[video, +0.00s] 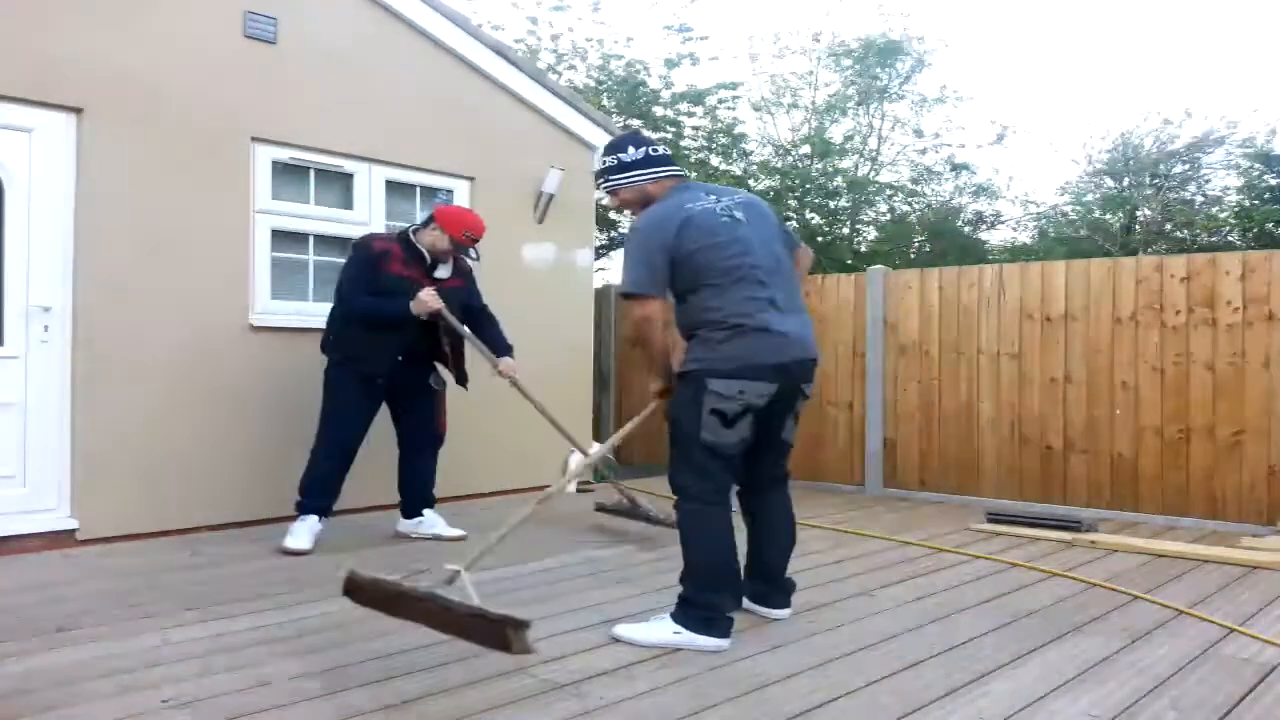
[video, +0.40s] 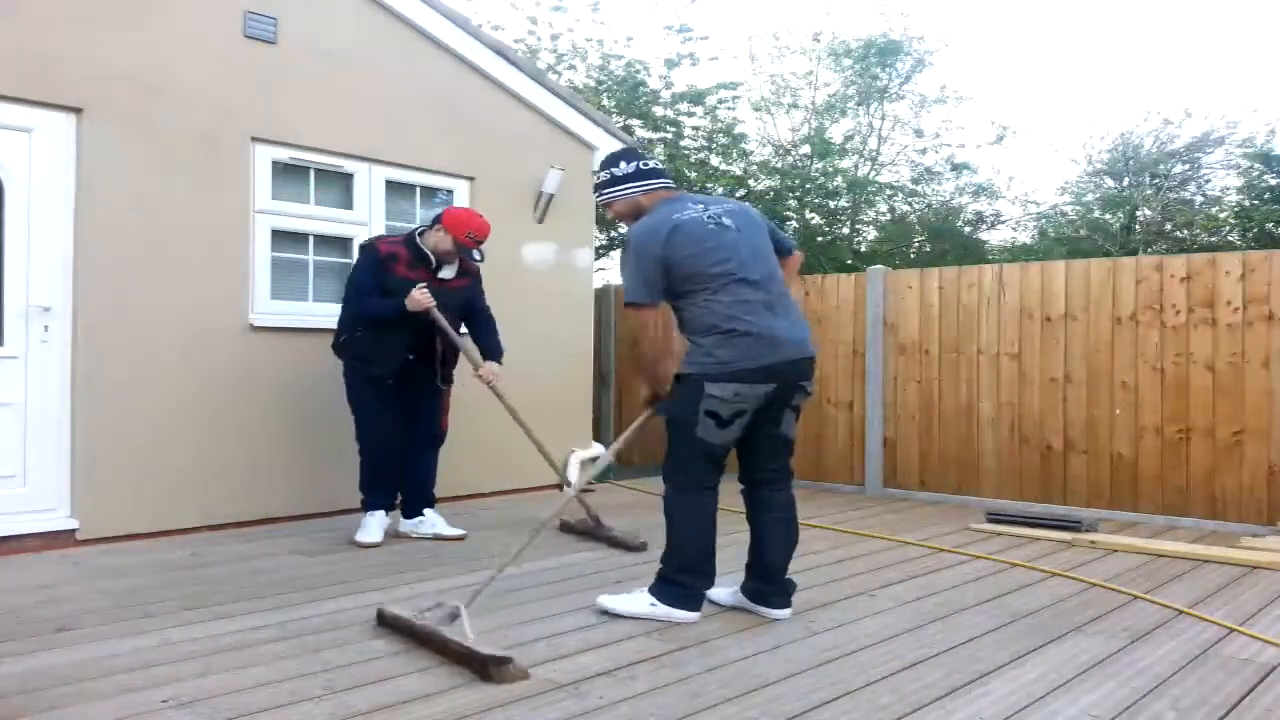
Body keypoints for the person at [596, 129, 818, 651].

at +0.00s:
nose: (617, 207)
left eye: (615, 195)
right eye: (612, 197)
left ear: (638, 182)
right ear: (663, 174)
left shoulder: (655, 222)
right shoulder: (744, 200)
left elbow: (648, 317)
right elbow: (800, 256)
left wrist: (664, 375)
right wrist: (764, 317)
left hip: (726, 360)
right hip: (794, 355)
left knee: (700, 486)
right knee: (765, 476)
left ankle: (704, 617)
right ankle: (769, 592)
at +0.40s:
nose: (610, 215)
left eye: (609, 204)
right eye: (605, 206)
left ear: (632, 191)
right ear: (655, 184)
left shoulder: (646, 237)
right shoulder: (735, 207)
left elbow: (655, 335)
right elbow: (789, 256)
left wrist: (656, 387)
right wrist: (770, 320)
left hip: (724, 362)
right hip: (792, 355)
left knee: (688, 477)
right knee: (769, 475)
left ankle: (678, 593)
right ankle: (768, 590)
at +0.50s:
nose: (595, 222)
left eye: (595, 209)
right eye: (591, 213)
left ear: (621, 196)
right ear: (642, 193)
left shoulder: (634, 235)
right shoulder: (717, 214)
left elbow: (619, 323)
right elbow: (765, 276)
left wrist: (620, 390)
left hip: (721, 360)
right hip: (787, 355)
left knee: (683, 477)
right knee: (767, 474)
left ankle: (676, 594)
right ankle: (768, 590)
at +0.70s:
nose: (571, 232)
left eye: (569, 219)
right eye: (565, 223)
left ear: (591, 205)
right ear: (612, 199)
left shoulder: (615, 237)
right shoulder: (678, 217)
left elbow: (590, 319)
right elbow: (705, 288)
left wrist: (570, 393)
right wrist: (653, 341)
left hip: (716, 359)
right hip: (779, 350)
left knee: (679, 476)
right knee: (766, 472)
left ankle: (676, 594)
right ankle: (778, 588)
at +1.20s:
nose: (624, 215)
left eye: (625, 204)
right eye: (621, 206)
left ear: (651, 196)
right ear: (670, 193)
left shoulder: (667, 234)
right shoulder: (739, 221)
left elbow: (639, 309)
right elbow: (761, 288)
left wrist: (627, 368)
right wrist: (697, 320)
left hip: (728, 366)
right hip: (785, 360)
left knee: (683, 474)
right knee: (785, 464)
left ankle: (677, 593)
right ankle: (828, 568)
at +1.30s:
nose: (657, 215)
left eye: (659, 204)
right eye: (654, 206)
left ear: (684, 198)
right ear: (704, 195)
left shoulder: (695, 236)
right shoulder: (767, 224)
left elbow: (675, 313)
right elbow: (810, 288)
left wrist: (665, 366)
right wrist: (748, 318)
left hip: (740, 368)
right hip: (797, 364)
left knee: (691, 474)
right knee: (786, 466)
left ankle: (678, 591)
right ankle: (830, 571)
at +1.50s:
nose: (703, 215)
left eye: (706, 205)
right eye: (700, 206)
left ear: (730, 196)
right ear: (749, 195)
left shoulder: (741, 234)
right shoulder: (810, 222)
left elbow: (725, 311)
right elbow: (861, 269)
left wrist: (732, 363)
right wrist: (814, 302)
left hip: (782, 363)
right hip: (836, 360)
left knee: (737, 469)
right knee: (808, 463)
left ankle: (728, 582)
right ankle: (832, 571)